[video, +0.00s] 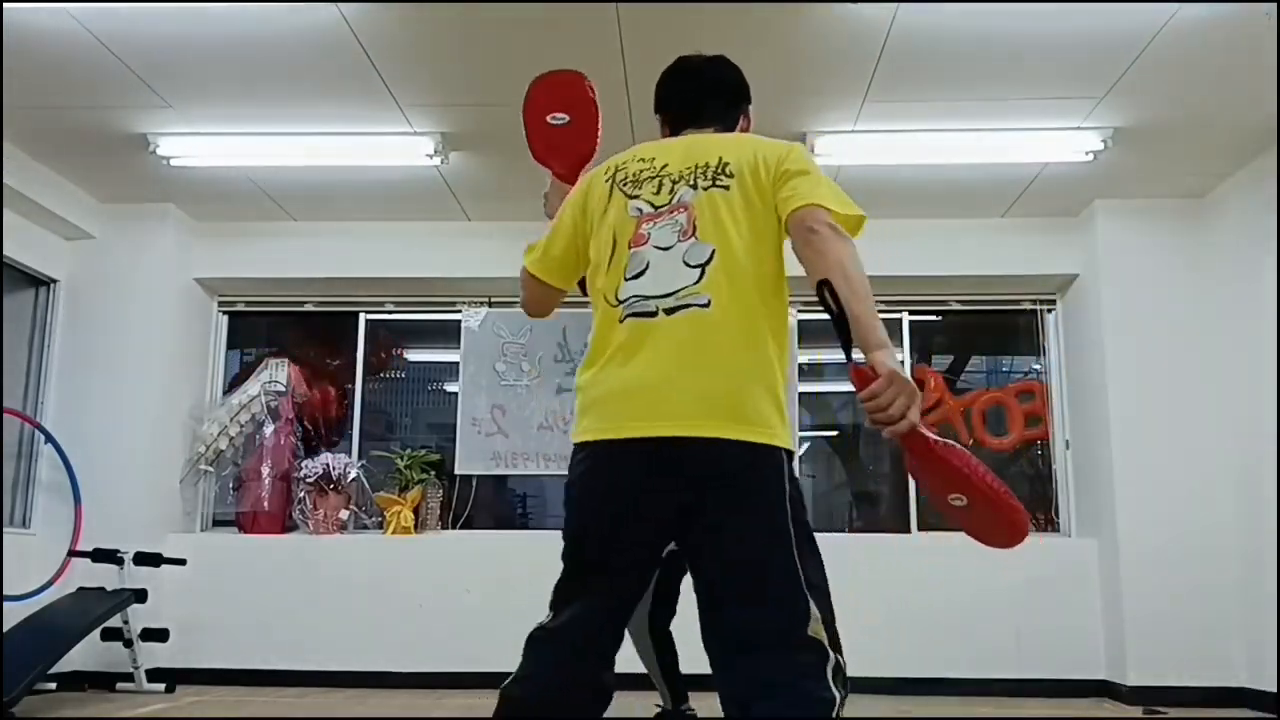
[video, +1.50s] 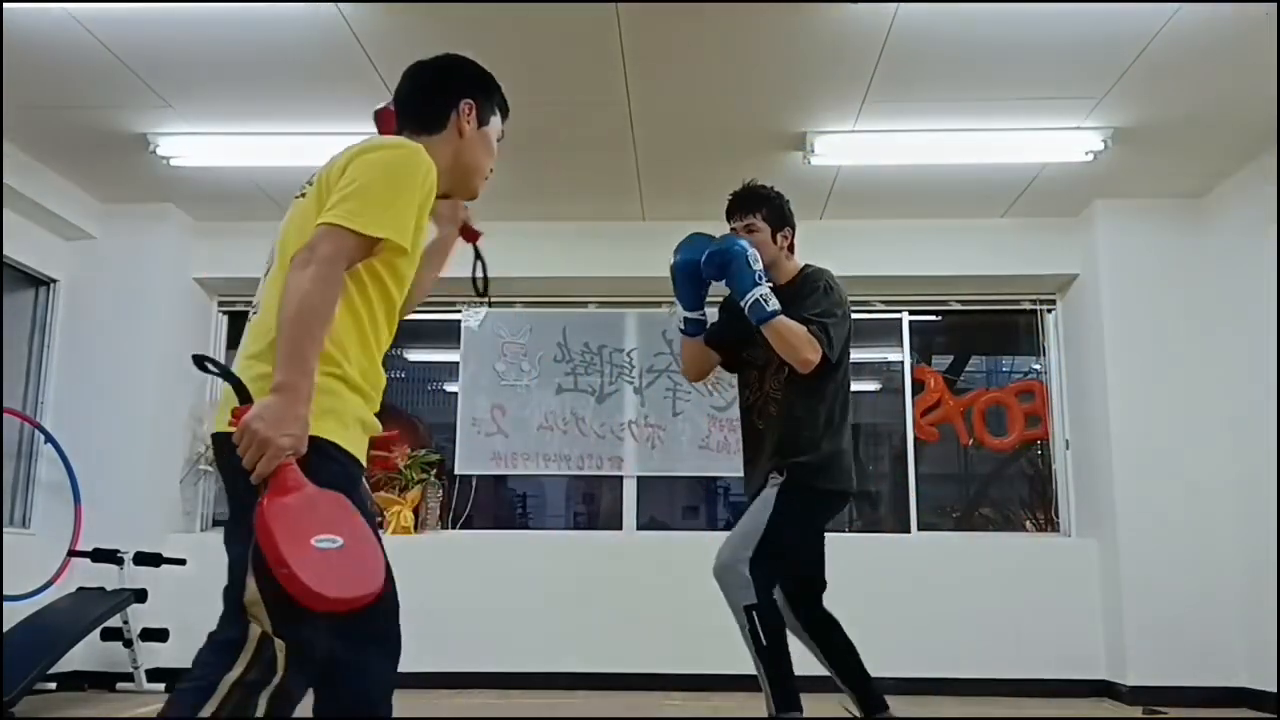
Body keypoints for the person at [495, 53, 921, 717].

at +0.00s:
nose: (751, 129)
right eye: (752, 121)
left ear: (662, 123)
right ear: (745, 120)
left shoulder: (603, 179)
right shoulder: (773, 157)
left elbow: (537, 299)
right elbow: (816, 231)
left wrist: (563, 217)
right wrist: (877, 349)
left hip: (614, 444)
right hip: (740, 442)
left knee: (577, 627)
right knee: (771, 647)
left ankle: (531, 708)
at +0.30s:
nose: (637, 146)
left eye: (636, 141)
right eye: (636, 139)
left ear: (550, 144)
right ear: (624, 136)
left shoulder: (498, 203)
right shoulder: (631, 162)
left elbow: (501, 317)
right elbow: (651, 231)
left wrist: (621, 342)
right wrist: (709, 351)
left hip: (473, 419)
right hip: (572, 412)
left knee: (501, 628)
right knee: (633, 624)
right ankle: (583, 707)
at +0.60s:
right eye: (509, 187)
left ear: (420, 195)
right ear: (500, 182)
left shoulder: (366, 241)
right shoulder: (529, 206)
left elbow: (316, 349)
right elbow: (599, 284)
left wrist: (373, 422)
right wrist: (658, 410)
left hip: (355, 449)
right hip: (461, 436)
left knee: (450, 654)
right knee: (402, 665)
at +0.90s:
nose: (467, 105)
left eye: (471, 87)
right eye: (470, 81)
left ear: (368, 55)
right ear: (442, 56)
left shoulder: (292, 131)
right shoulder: (404, 92)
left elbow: (215, 267)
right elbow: (370, 218)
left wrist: (338, 334)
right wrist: (430, 373)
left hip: (264, 400)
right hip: (322, 400)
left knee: (383, 621)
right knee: (285, 657)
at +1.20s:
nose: (445, 107)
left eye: (450, 85)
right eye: (448, 81)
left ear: (360, 54)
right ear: (416, 56)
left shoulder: (279, 127)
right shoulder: (357, 100)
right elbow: (292, 226)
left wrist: (349, 422)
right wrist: (310, 384)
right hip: (281, 426)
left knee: (357, 638)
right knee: (299, 669)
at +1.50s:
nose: (495, 158)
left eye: (499, 141)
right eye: (497, 136)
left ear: (424, 116)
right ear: (465, 118)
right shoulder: (401, 160)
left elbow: (385, 313)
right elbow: (319, 265)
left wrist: (448, 234)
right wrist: (288, 400)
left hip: (301, 434)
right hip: (305, 433)